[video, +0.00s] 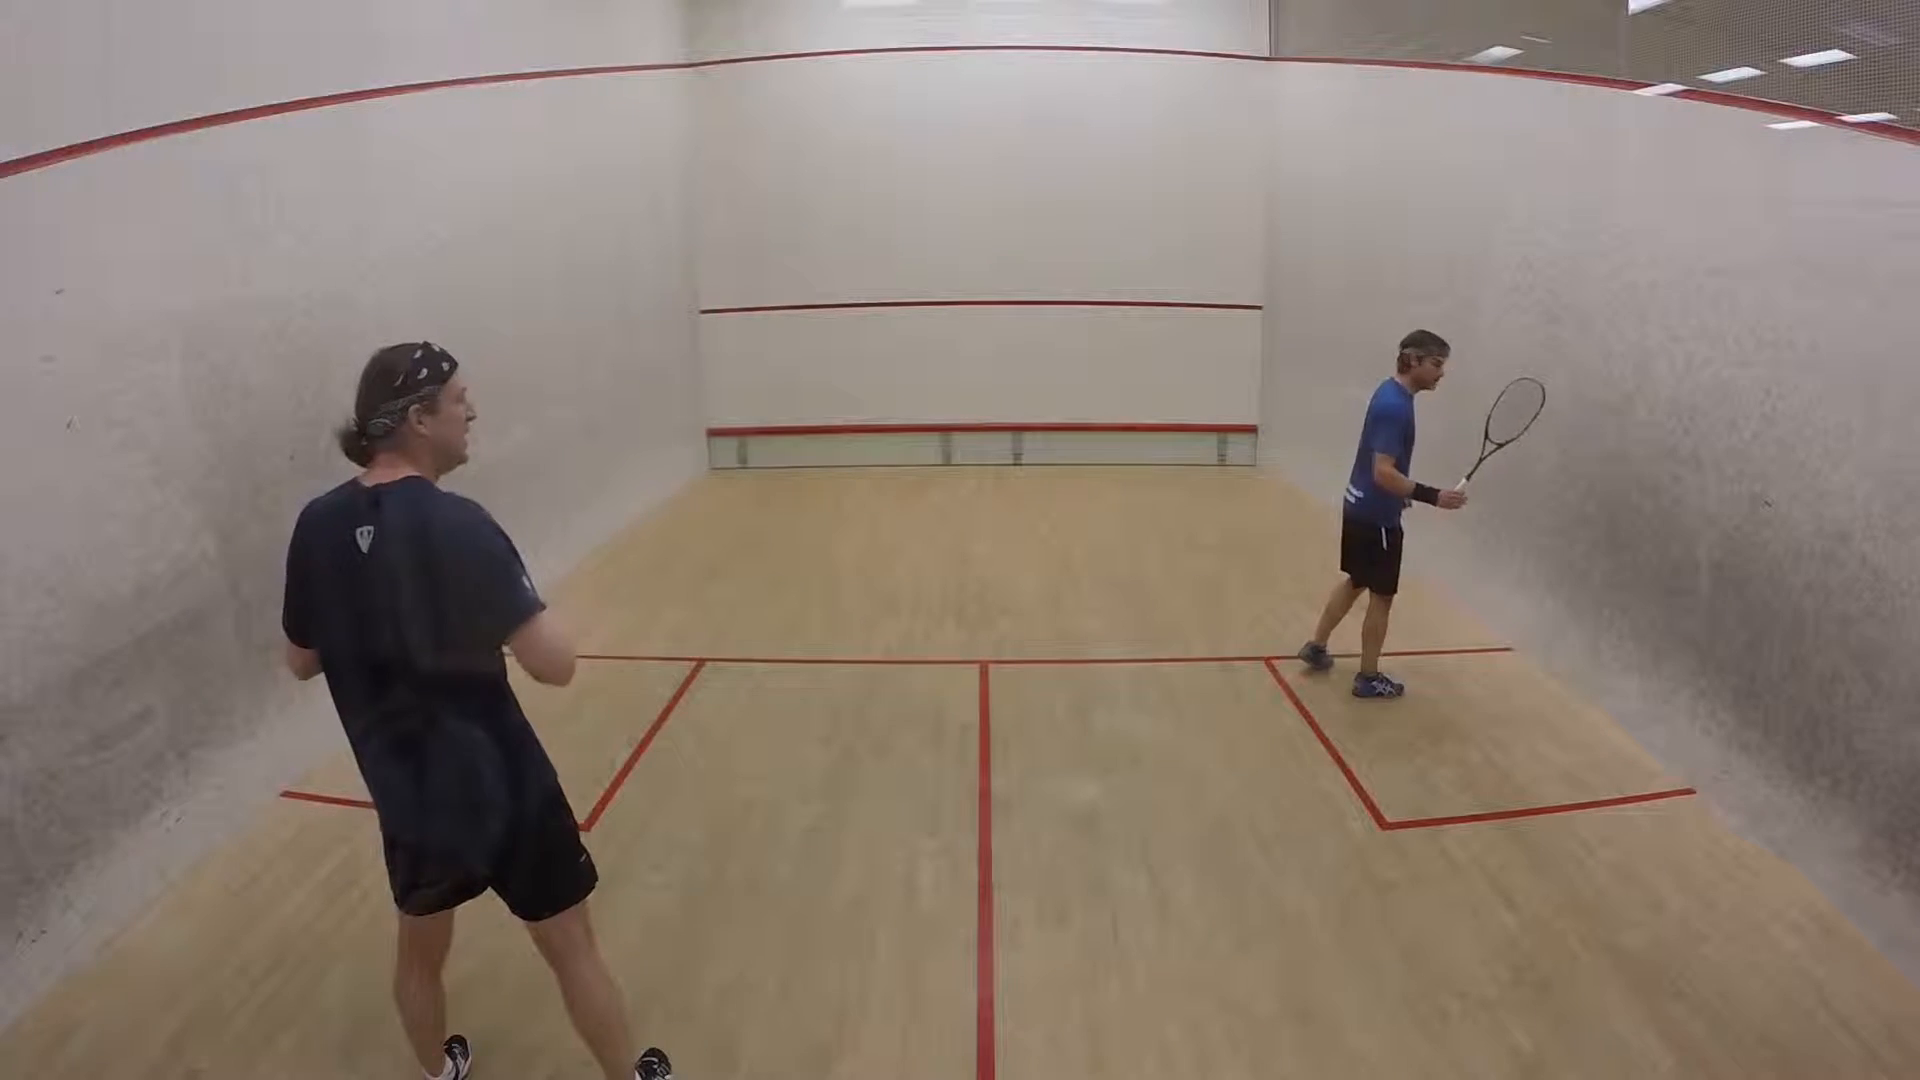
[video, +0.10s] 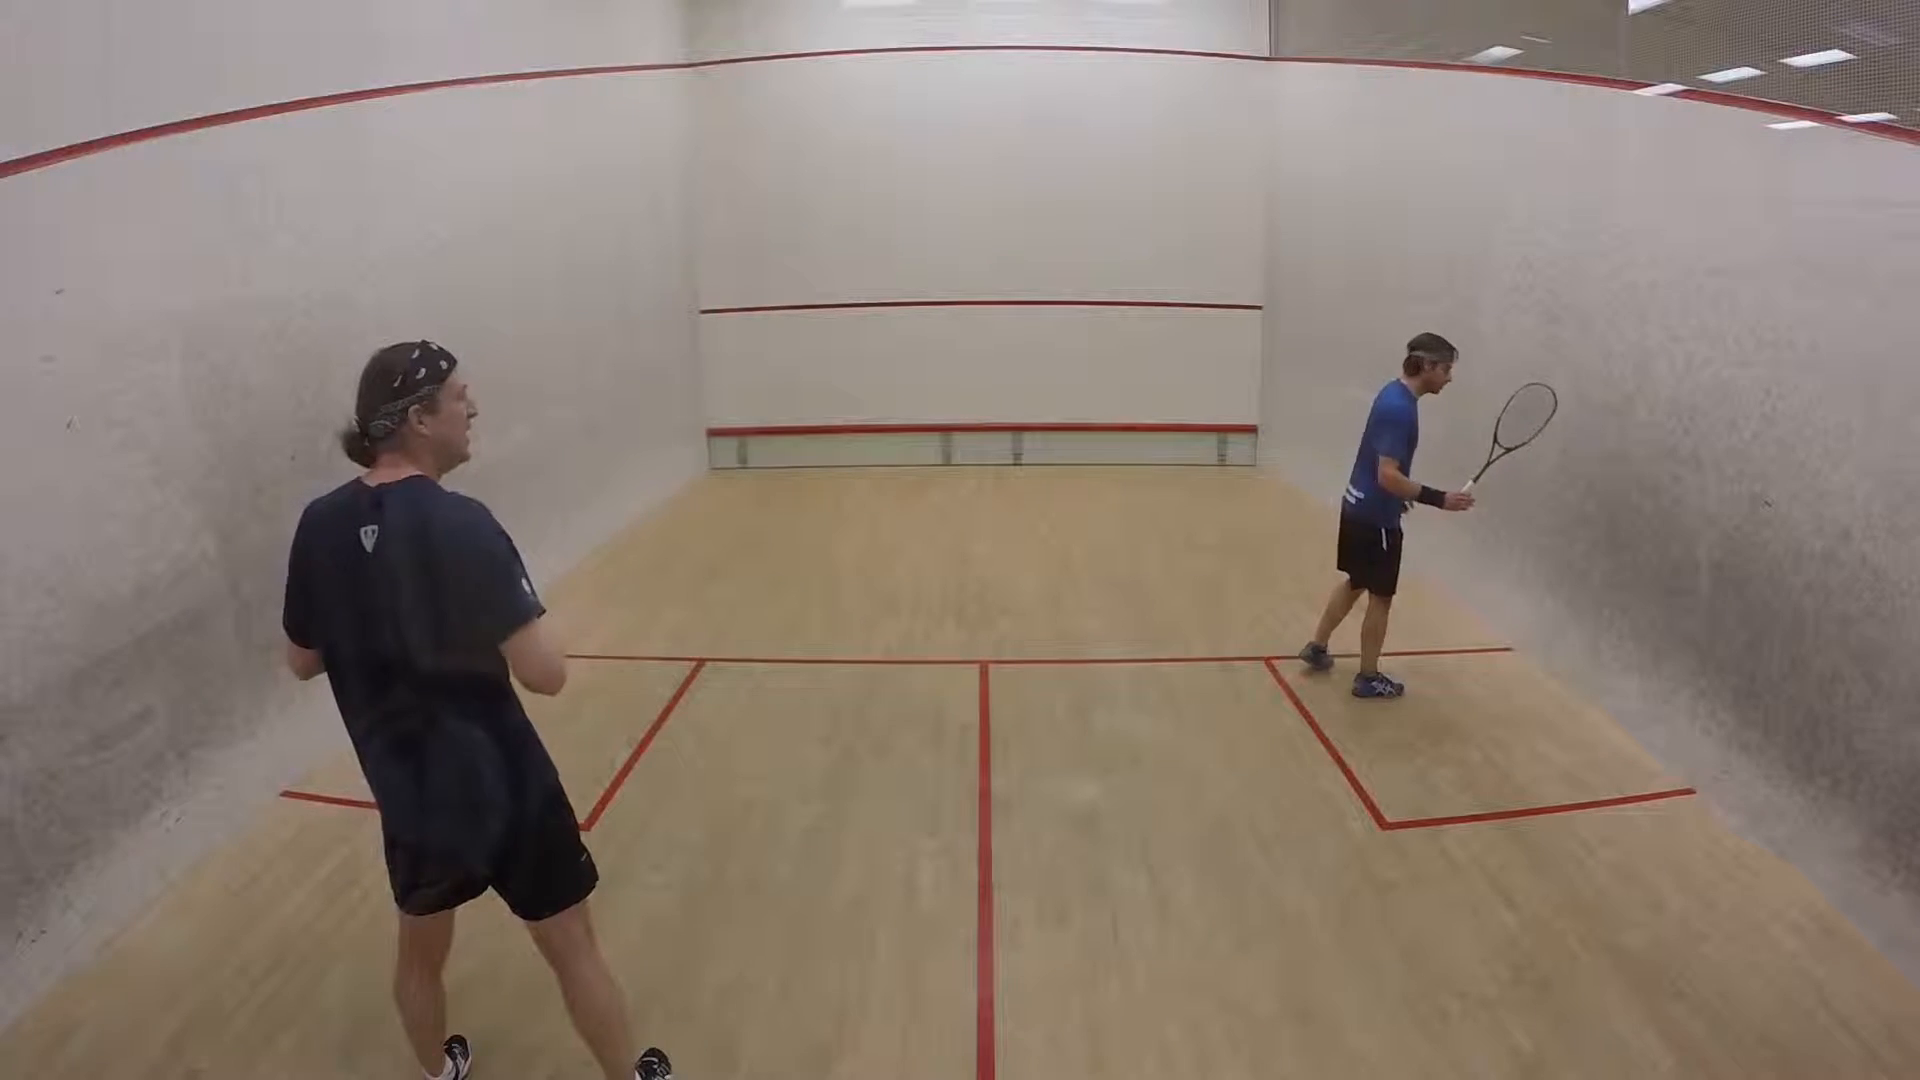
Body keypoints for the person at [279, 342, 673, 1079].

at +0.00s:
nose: (472, 416)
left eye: (467, 400)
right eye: (459, 404)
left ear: (390, 424)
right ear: (414, 421)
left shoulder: (319, 525)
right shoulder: (459, 525)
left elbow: (301, 658)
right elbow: (554, 665)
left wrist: (366, 603)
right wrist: (526, 611)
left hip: (407, 794)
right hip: (502, 782)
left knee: (420, 953)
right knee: (571, 948)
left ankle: (435, 1070)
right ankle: (631, 1071)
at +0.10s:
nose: (473, 412)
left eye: (467, 396)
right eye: (460, 400)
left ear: (390, 425)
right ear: (415, 421)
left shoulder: (322, 523)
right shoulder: (463, 524)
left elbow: (302, 659)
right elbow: (544, 674)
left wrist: (369, 607)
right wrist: (532, 633)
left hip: (408, 792)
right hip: (503, 780)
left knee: (420, 955)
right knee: (572, 949)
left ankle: (436, 1070)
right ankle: (632, 1070)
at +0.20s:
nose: (475, 410)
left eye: (469, 395)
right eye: (461, 399)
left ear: (395, 426)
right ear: (415, 422)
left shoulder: (323, 525)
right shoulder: (465, 524)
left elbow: (306, 659)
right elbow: (543, 674)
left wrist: (377, 613)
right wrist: (536, 630)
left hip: (410, 795)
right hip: (506, 783)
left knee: (421, 954)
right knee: (573, 949)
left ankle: (436, 1070)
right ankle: (631, 1071)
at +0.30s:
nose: (476, 408)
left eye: (469, 393)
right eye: (461, 398)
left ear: (397, 427)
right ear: (415, 423)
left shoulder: (324, 525)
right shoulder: (466, 523)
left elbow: (306, 660)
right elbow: (545, 674)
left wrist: (379, 617)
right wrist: (540, 633)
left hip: (410, 796)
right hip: (507, 784)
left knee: (420, 955)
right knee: (573, 949)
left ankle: (436, 1070)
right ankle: (632, 1070)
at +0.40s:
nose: (475, 407)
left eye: (468, 393)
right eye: (459, 397)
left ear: (399, 426)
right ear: (414, 424)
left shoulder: (324, 524)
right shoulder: (465, 523)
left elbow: (305, 662)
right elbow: (548, 673)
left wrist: (386, 637)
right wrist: (512, 621)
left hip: (409, 796)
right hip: (506, 783)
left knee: (420, 955)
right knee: (575, 952)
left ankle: (437, 1070)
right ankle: (632, 1070)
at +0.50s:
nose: (475, 407)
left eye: (467, 392)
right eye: (459, 397)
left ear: (398, 425)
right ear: (414, 423)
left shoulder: (324, 525)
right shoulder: (465, 524)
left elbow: (306, 663)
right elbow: (550, 672)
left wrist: (386, 642)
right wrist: (504, 623)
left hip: (408, 794)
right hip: (505, 782)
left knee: (420, 953)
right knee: (574, 951)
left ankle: (437, 1070)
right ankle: (632, 1070)